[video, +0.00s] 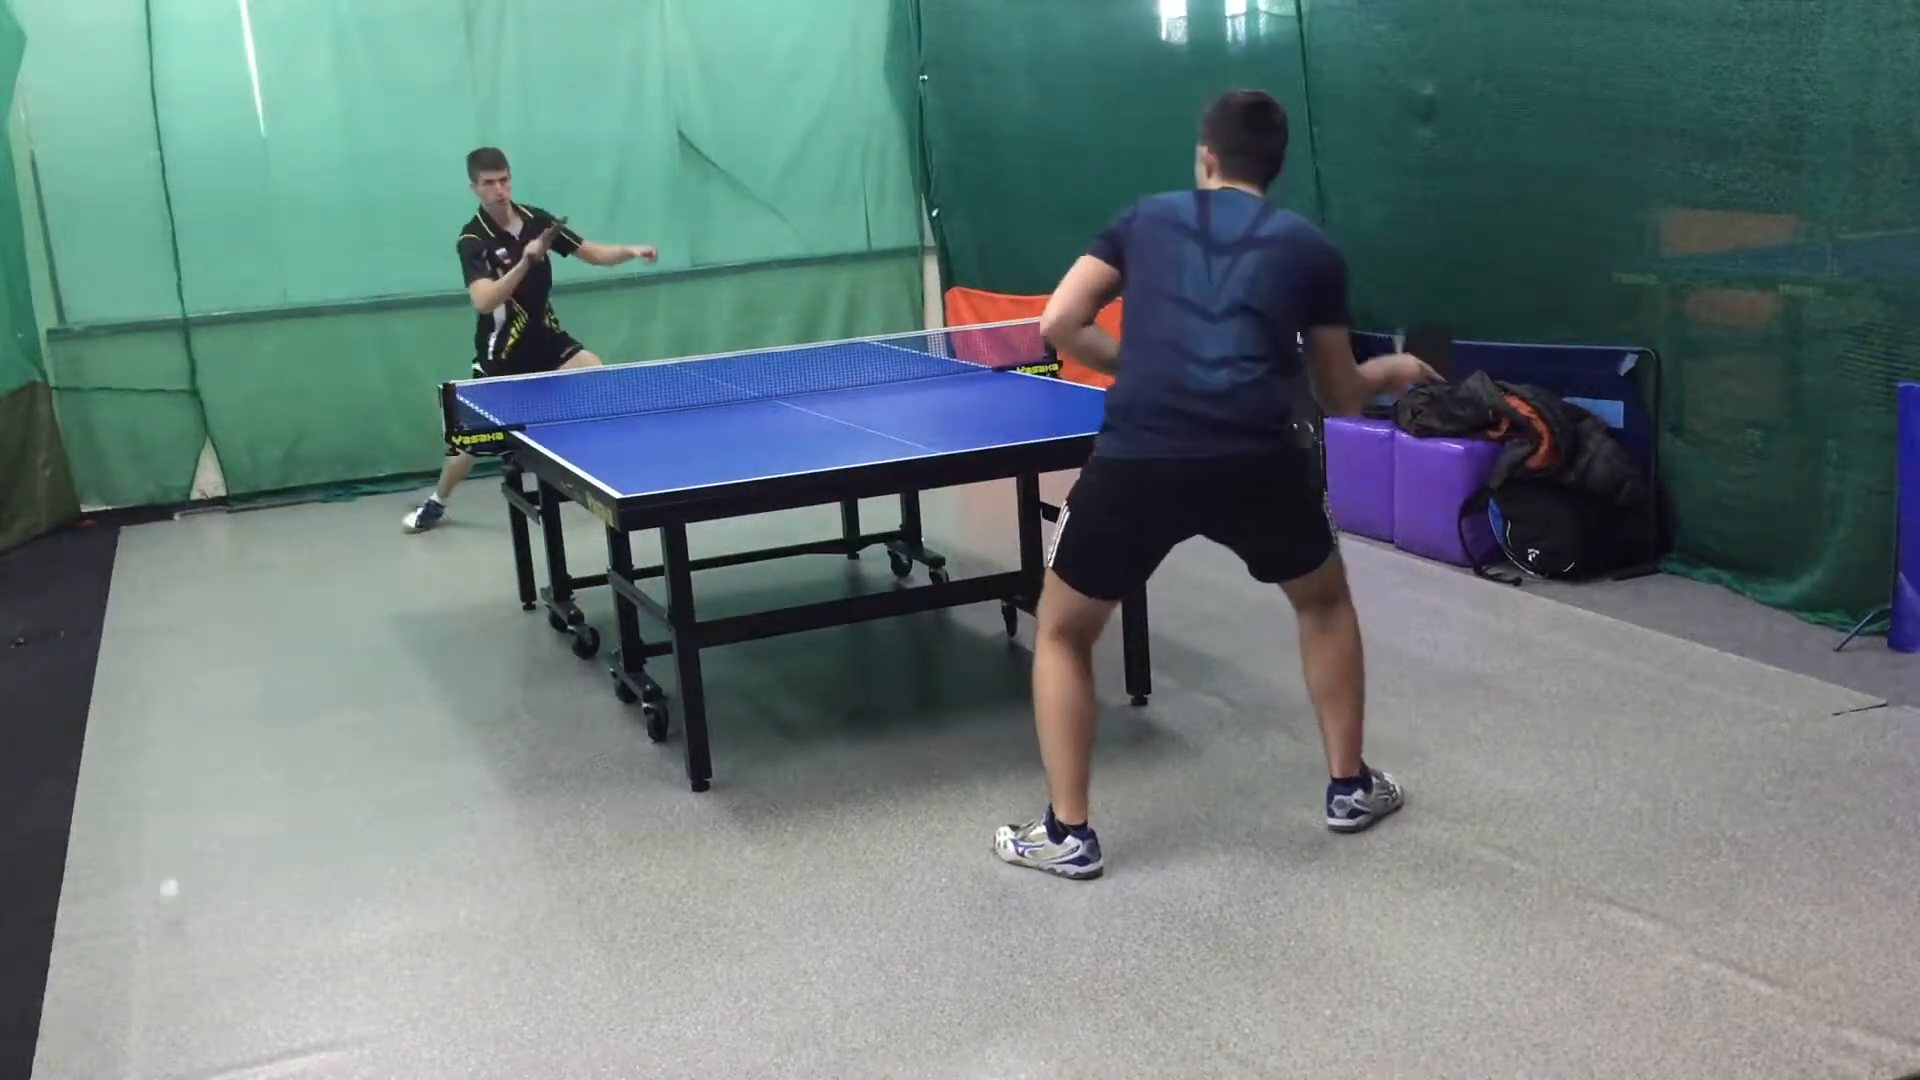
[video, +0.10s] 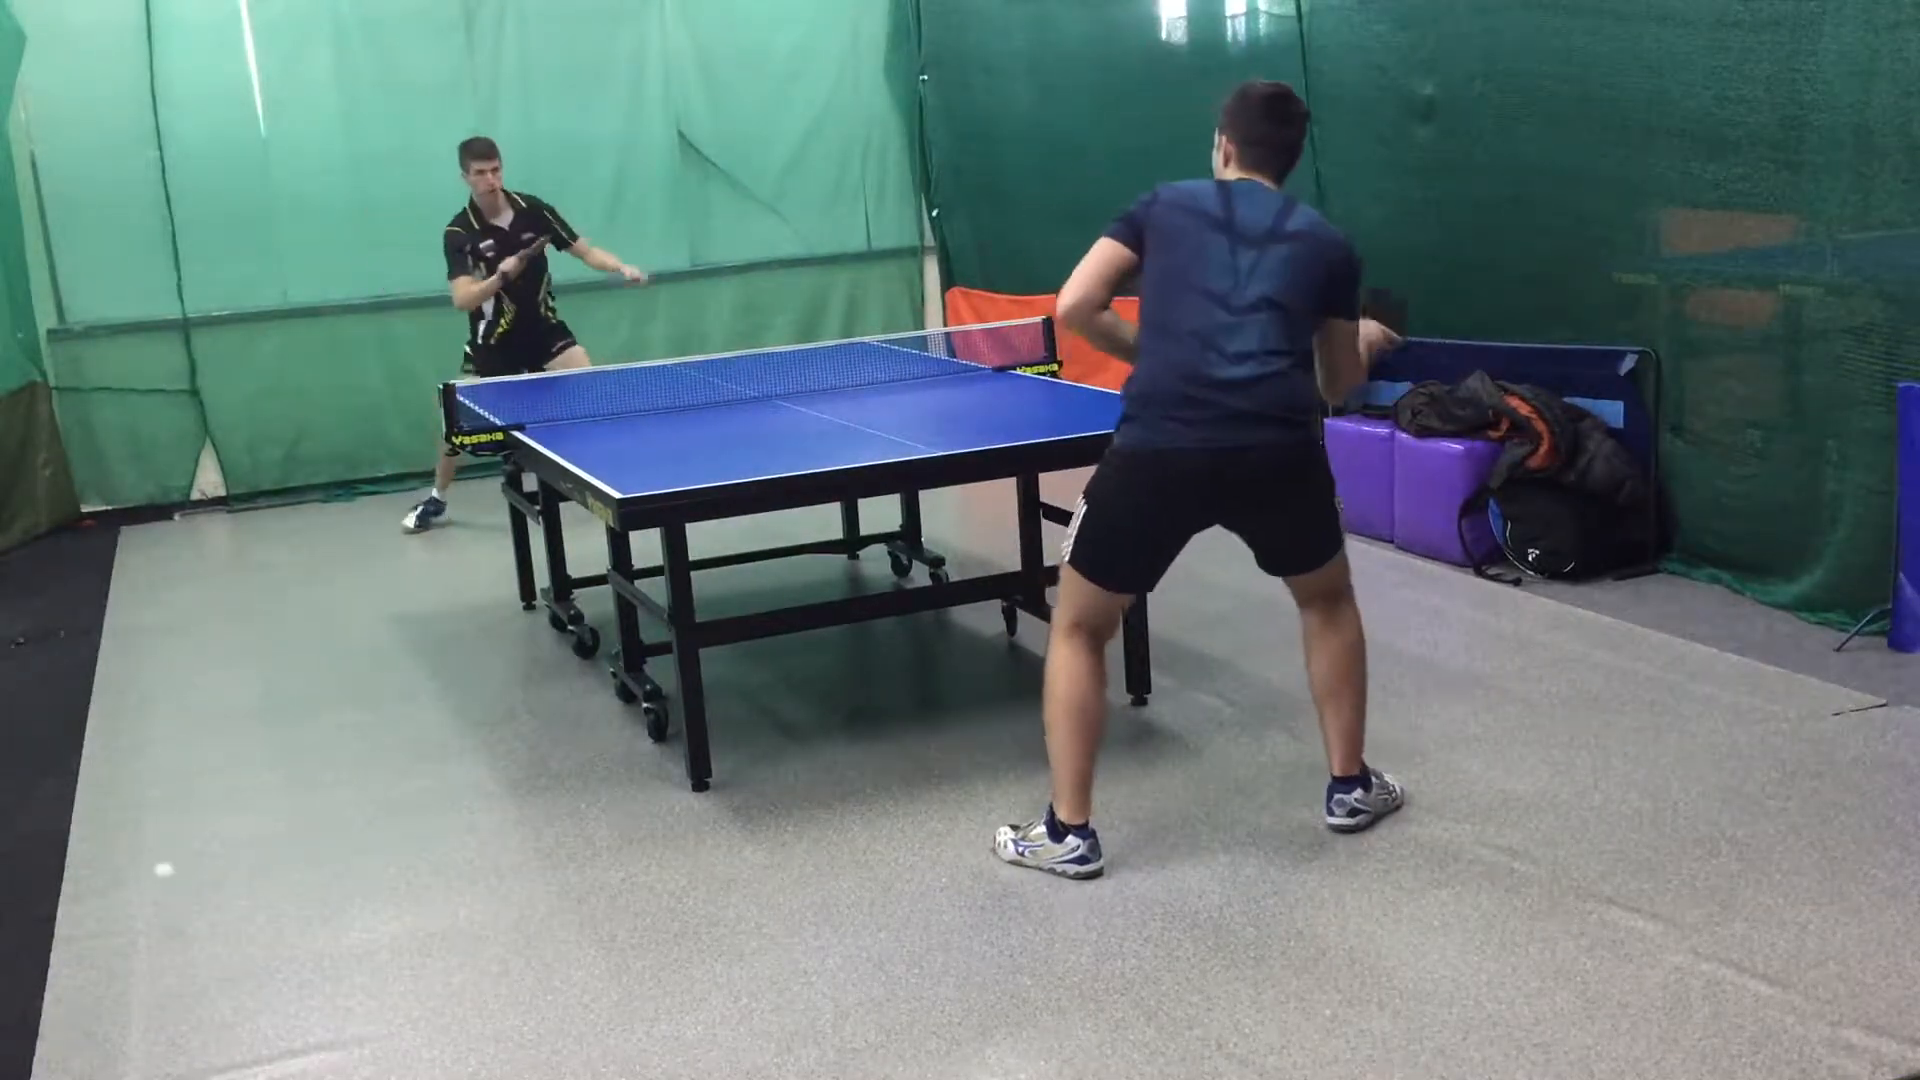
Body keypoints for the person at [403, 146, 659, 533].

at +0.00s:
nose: (499, 190)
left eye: (504, 181)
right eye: (489, 184)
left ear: (511, 180)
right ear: (474, 188)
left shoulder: (535, 219)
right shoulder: (473, 238)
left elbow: (592, 252)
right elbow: (484, 300)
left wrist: (630, 251)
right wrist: (526, 262)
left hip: (545, 337)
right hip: (499, 350)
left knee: (593, 372)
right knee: (472, 438)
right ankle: (438, 501)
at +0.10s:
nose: (489, 180)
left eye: (494, 171)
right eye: (479, 173)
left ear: (502, 170)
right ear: (465, 177)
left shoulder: (532, 210)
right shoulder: (460, 231)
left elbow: (583, 250)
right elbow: (462, 298)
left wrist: (618, 266)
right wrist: (501, 275)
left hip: (544, 330)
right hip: (491, 342)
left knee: (592, 391)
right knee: (461, 417)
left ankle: (603, 480)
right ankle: (438, 498)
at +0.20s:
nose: (473, 180)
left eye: (477, 170)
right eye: (463, 173)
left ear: (485, 166)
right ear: (447, 175)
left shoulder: (517, 207)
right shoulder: (443, 229)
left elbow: (562, 254)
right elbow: (443, 301)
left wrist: (589, 289)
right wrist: (466, 297)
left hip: (534, 316)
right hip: (484, 324)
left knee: (576, 389)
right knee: (453, 406)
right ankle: (448, 499)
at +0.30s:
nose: (451, 194)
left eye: (454, 185)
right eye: (441, 188)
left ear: (462, 180)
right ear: (425, 191)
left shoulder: (495, 221)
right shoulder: (428, 239)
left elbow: (528, 283)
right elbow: (431, 306)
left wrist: (525, 328)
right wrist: (421, 333)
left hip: (524, 309)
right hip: (478, 319)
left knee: (573, 385)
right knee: (451, 403)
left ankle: (581, 477)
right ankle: (453, 500)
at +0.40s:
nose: (420, 216)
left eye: (426, 205)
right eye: (410, 208)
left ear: (436, 198)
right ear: (399, 209)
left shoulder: (470, 236)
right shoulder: (415, 253)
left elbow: (482, 309)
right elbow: (423, 324)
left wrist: (443, 351)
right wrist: (384, 365)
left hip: (526, 326)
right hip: (483, 332)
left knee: (565, 389)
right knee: (434, 414)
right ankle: (450, 500)